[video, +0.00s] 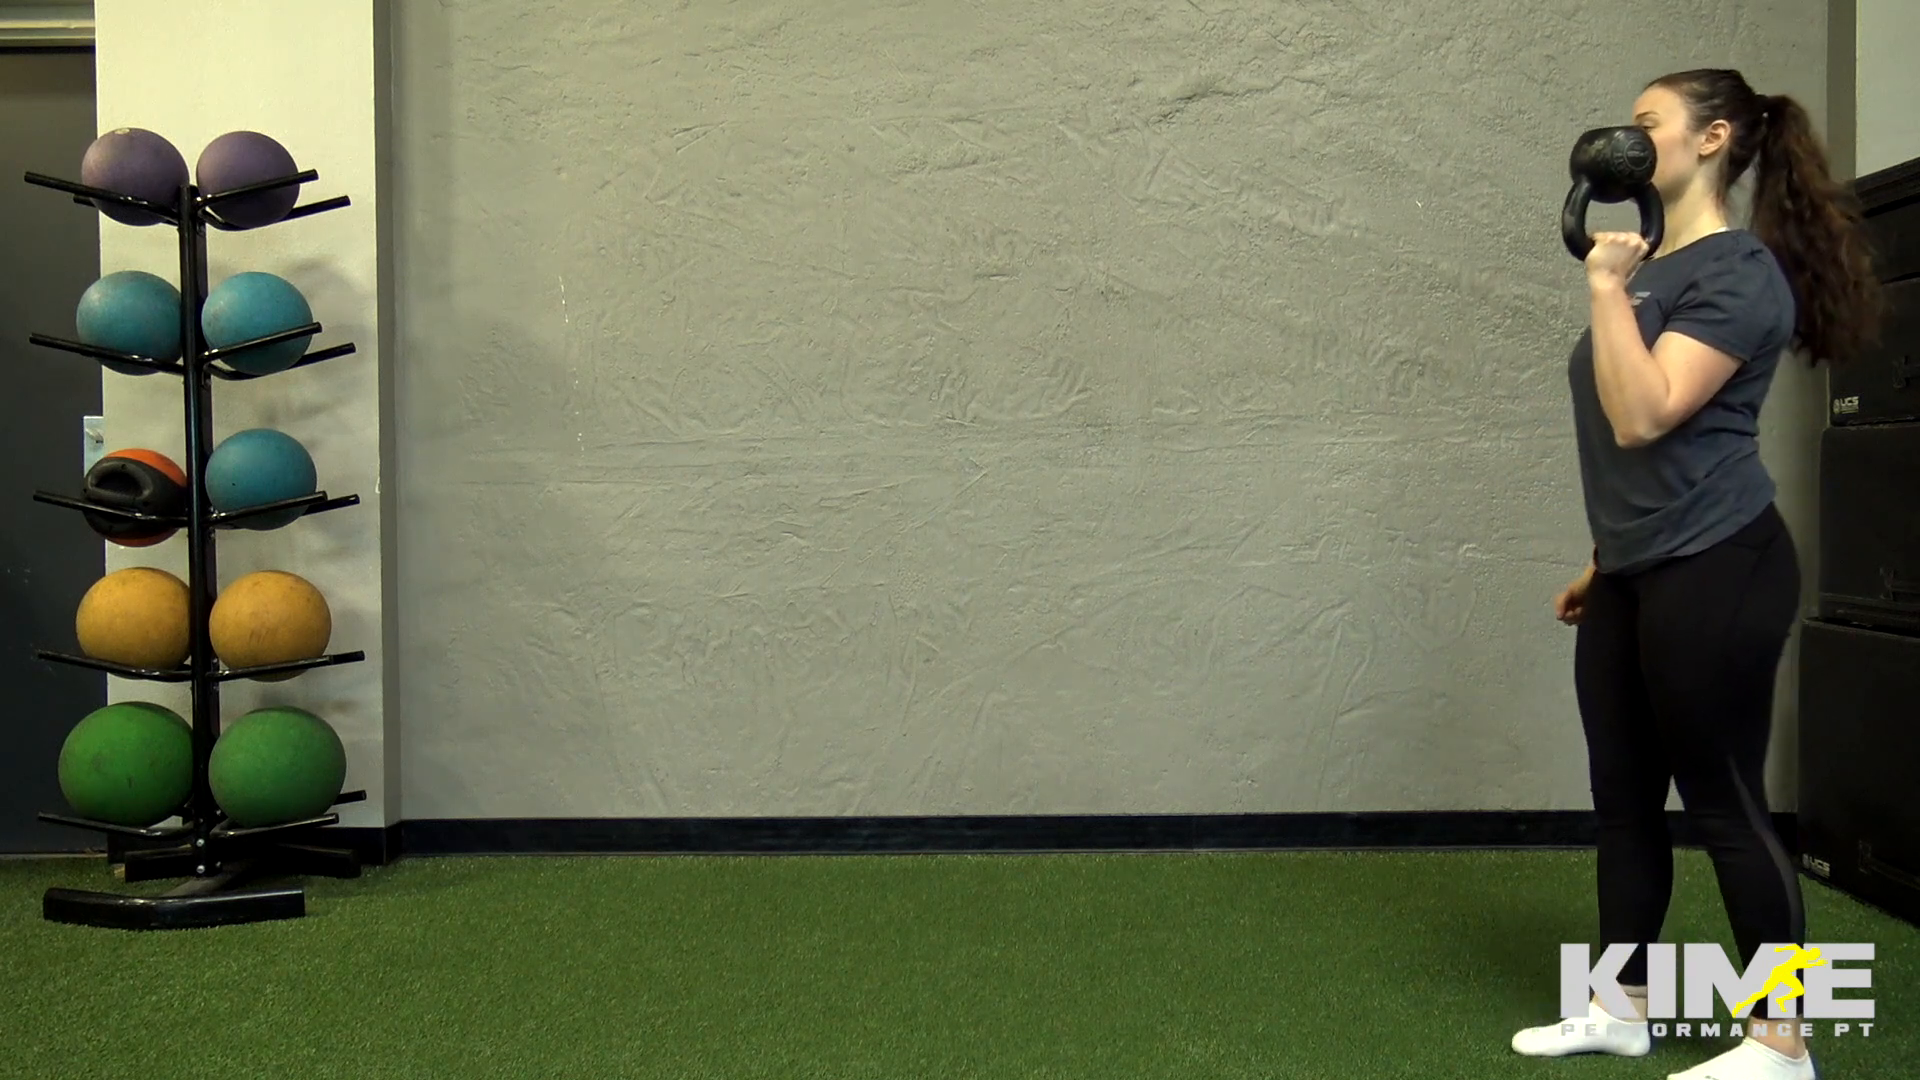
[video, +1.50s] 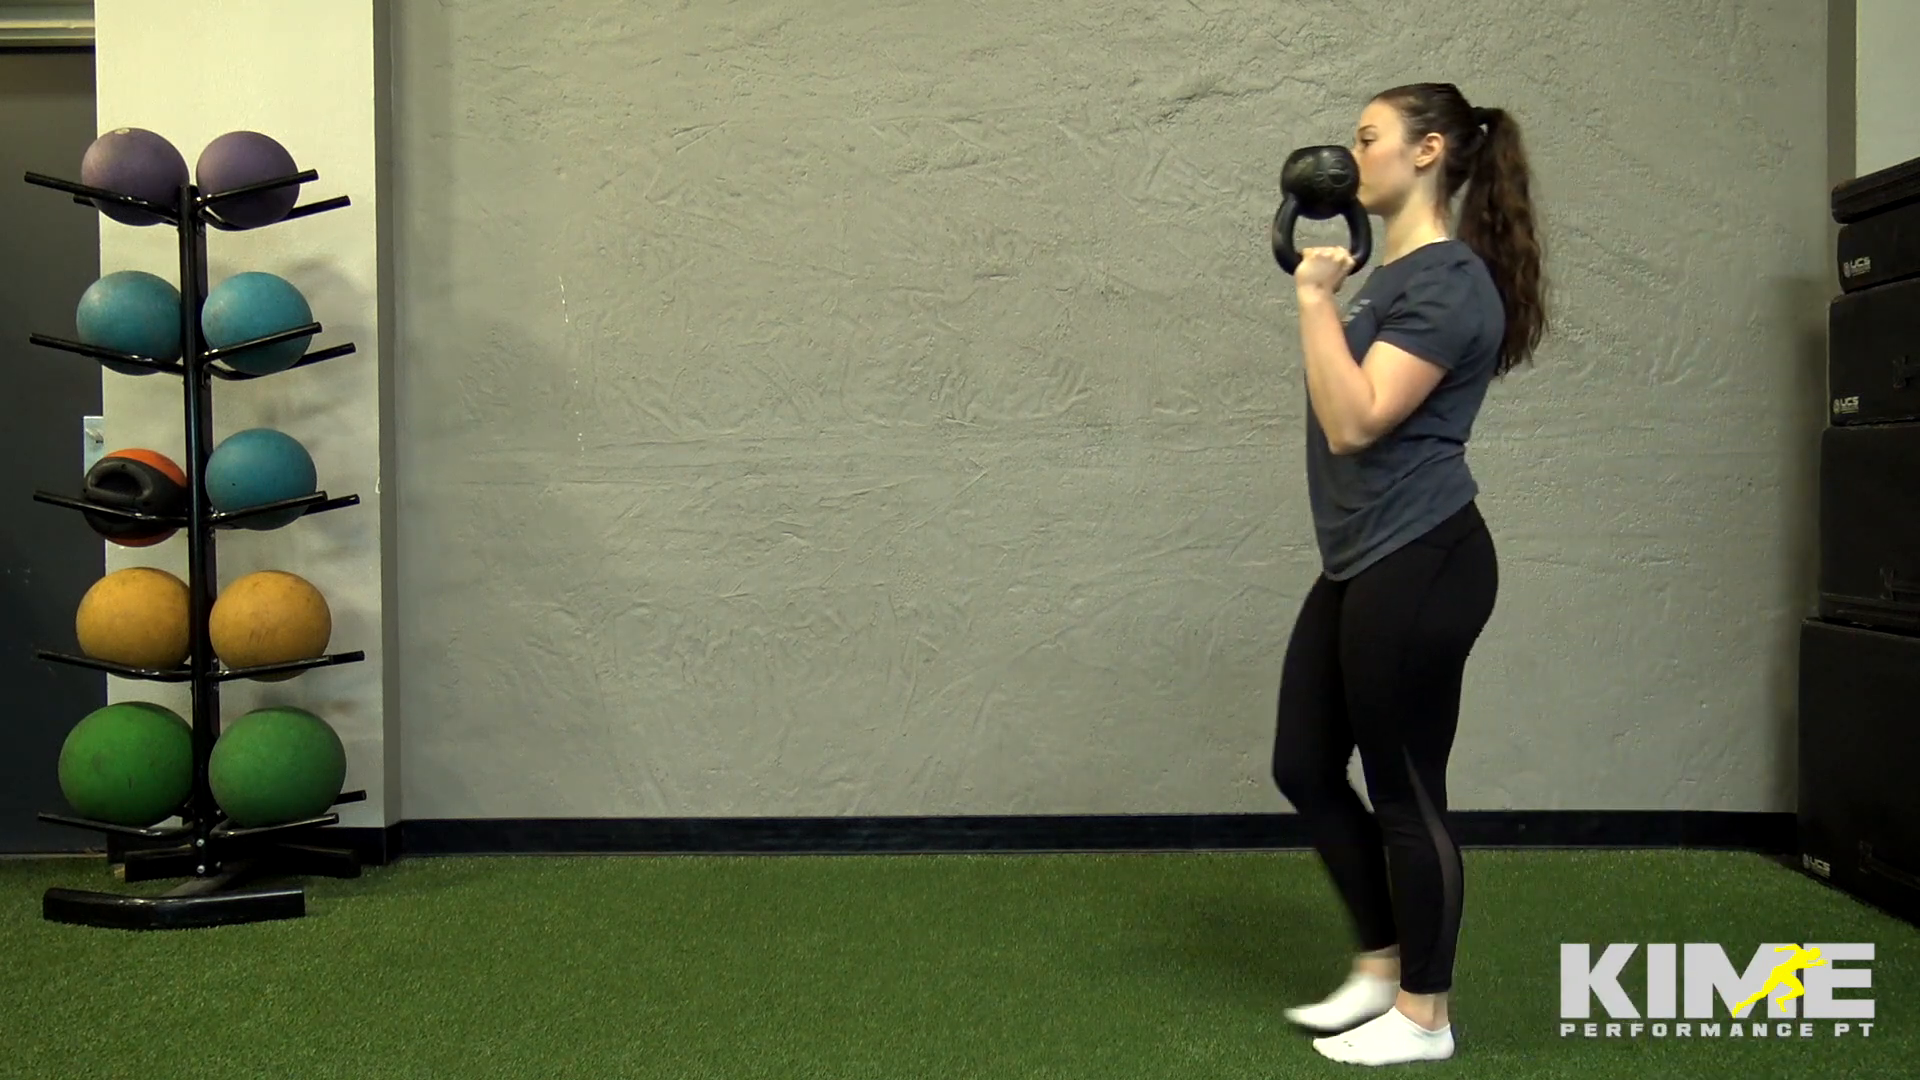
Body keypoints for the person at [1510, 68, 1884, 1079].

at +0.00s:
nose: (1628, 151)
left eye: (1647, 134)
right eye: (1630, 134)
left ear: (1716, 140)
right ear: (1699, 142)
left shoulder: (1743, 274)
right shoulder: (1653, 266)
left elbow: (1642, 413)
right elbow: (1644, 443)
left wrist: (1607, 284)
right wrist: (1606, 560)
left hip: (1718, 564)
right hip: (1633, 572)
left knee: (1724, 801)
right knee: (1624, 797)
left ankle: (1782, 1036)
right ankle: (1620, 1006)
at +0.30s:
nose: (1580, 157)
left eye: (1597, 140)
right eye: (1581, 141)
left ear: (1662, 147)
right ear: (1644, 149)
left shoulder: (1685, 280)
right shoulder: (1601, 271)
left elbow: (1592, 422)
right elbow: (1585, 442)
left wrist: (1554, 297)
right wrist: (1545, 554)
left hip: (1653, 562)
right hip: (1583, 569)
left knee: (1624, 795)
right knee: (1594, 792)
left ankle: (1763, 996)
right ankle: (1620, 1006)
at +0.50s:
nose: (1546, 155)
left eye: (1565, 140)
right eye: (1549, 140)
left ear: (1629, 151)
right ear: (1607, 153)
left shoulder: (1655, 283)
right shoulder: (1574, 274)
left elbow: (1558, 431)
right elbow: (1566, 442)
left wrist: (1520, 306)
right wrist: (1526, 553)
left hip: (1620, 560)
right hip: (1571, 564)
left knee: (1519, 783)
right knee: (1593, 793)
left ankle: (1626, 1001)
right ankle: (1623, 1000)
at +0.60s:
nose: (1531, 155)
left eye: (1550, 140)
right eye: (1534, 141)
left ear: (1614, 152)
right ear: (1592, 155)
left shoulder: (1638, 284)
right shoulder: (1563, 280)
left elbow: (1544, 432)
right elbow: (1563, 444)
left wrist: (1507, 306)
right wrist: (1522, 559)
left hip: (1609, 560)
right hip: (1566, 564)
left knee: (1498, 778)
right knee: (1586, 795)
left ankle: (1542, 1009)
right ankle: (1616, 1005)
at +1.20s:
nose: (1407, 159)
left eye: (1425, 143)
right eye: (1409, 144)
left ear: (1486, 154)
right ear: (1468, 157)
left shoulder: (1508, 285)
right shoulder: (1441, 275)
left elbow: (1409, 424)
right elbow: (1417, 443)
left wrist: (1372, 302)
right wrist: (1395, 565)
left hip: (1470, 560)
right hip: (1432, 561)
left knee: (1431, 791)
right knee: (1442, 784)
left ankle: (1424, 1014)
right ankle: (1571, 960)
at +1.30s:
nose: (1391, 159)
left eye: (1409, 143)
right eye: (1394, 144)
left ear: (1469, 153)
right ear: (1452, 156)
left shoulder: (1491, 284)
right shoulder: (1422, 274)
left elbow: (1392, 422)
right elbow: (1395, 441)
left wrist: (1354, 299)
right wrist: (1376, 567)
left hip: (1454, 560)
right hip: (1404, 565)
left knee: (1423, 789)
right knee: (1385, 786)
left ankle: (1425, 1014)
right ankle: (1536, 946)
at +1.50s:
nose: (1352, 158)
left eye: (1370, 142)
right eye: (1355, 143)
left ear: (1430, 152)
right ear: (1414, 155)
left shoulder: (1454, 282)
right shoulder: (1391, 272)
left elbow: (1356, 420)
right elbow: (1347, 407)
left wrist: (1316, 300)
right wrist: (1320, 289)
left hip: (1422, 562)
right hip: (1358, 564)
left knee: (1405, 788)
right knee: (1306, 766)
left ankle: (1426, 1014)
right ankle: (1384, 965)